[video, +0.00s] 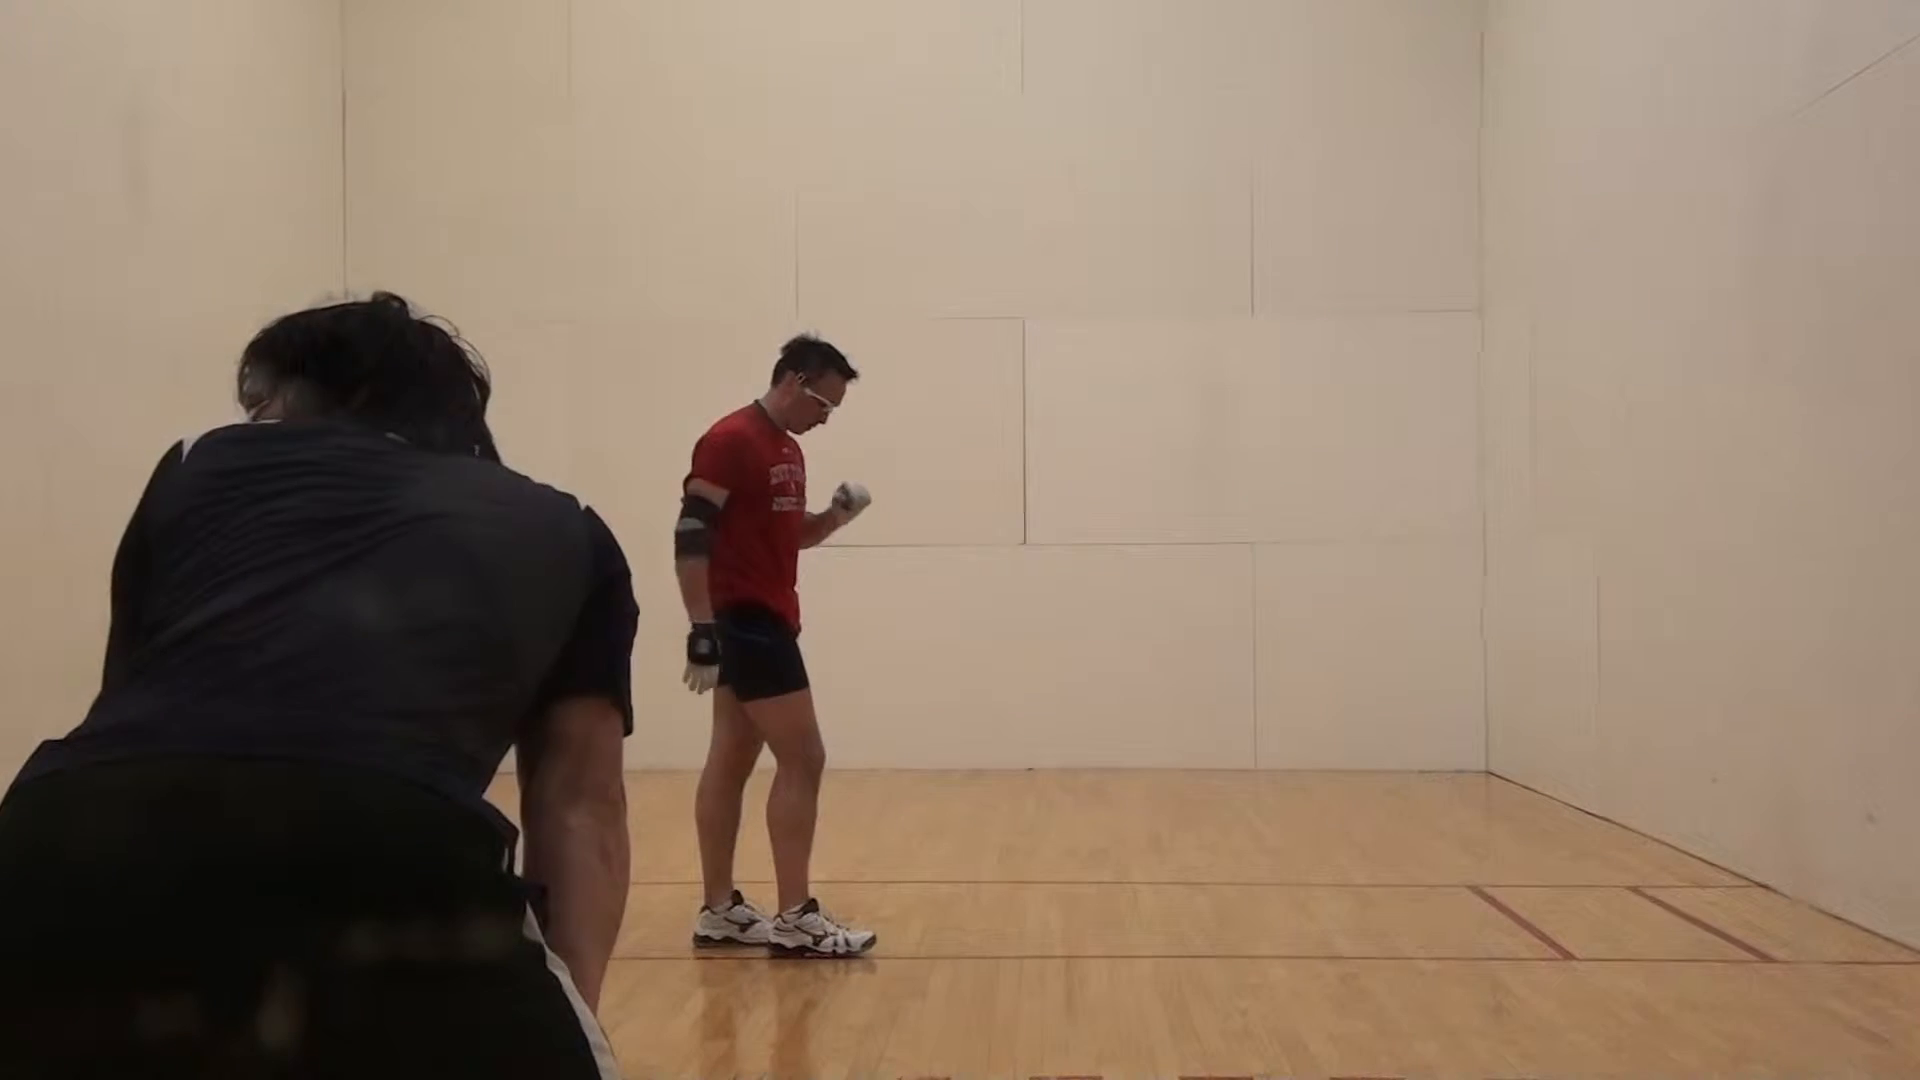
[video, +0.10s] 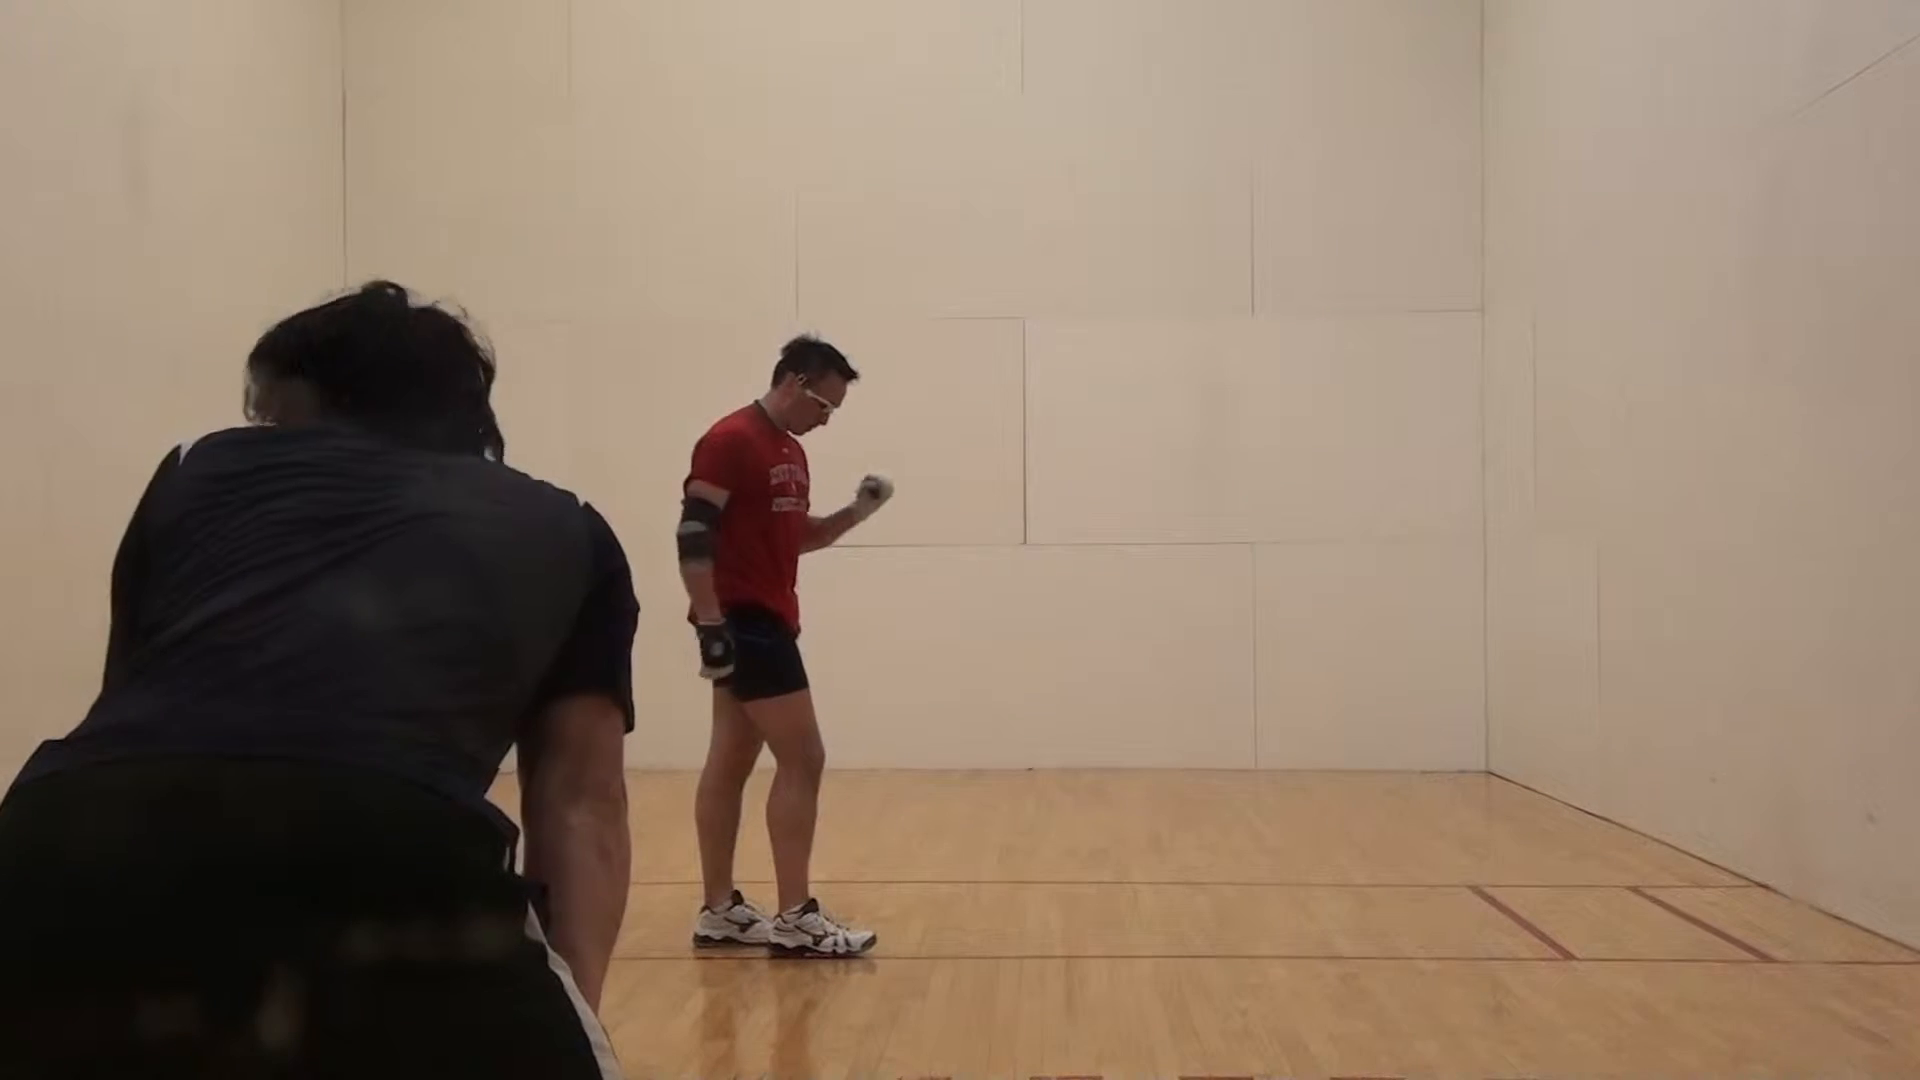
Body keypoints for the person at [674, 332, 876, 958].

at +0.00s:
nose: (825, 418)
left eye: (831, 408)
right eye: (824, 403)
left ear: (801, 390)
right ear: (792, 383)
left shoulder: (783, 447)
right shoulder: (731, 440)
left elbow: (784, 536)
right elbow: (690, 536)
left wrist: (833, 517)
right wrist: (703, 629)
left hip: (758, 624)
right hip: (751, 627)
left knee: (729, 762)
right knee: (802, 758)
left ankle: (719, 908)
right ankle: (795, 914)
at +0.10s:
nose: (825, 418)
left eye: (831, 408)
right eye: (824, 403)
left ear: (804, 391)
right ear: (790, 383)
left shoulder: (789, 450)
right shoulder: (731, 440)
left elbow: (794, 537)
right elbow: (693, 536)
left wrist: (856, 511)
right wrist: (711, 625)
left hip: (759, 623)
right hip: (747, 626)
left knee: (729, 761)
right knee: (802, 758)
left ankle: (719, 908)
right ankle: (795, 914)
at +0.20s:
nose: (828, 417)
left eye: (835, 407)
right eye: (826, 403)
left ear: (803, 392)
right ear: (792, 383)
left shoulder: (793, 450)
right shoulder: (732, 440)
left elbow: (798, 541)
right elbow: (698, 537)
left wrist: (873, 543)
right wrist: (723, 626)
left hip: (757, 622)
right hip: (747, 625)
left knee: (730, 761)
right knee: (802, 758)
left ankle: (718, 907)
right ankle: (795, 915)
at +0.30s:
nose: (832, 417)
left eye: (838, 406)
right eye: (829, 402)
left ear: (806, 391)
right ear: (795, 384)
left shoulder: (796, 449)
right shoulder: (737, 440)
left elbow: (808, 543)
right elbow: (702, 538)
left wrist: (875, 590)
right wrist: (734, 629)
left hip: (760, 621)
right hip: (747, 625)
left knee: (729, 762)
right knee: (802, 758)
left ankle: (719, 907)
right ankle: (796, 914)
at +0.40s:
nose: (839, 418)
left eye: (845, 408)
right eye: (836, 404)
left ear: (811, 392)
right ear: (802, 385)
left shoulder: (802, 449)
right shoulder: (742, 440)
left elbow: (807, 541)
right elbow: (707, 539)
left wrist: (844, 617)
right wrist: (738, 629)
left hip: (764, 622)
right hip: (751, 627)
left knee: (730, 762)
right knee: (805, 760)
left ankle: (719, 908)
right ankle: (795, 914)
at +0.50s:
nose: (849, 418)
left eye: (855, 407)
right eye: (847, 404)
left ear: (822, 393)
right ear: (813, 386)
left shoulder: (809, 451)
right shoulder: (749, 441)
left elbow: (806, 549)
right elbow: (713, 540)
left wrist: (821, 626)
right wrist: (739, 629)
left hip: (770, 624)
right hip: (753, 628)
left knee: (732, 767)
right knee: (806, 760)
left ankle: (719, 908)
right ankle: (796, 914)